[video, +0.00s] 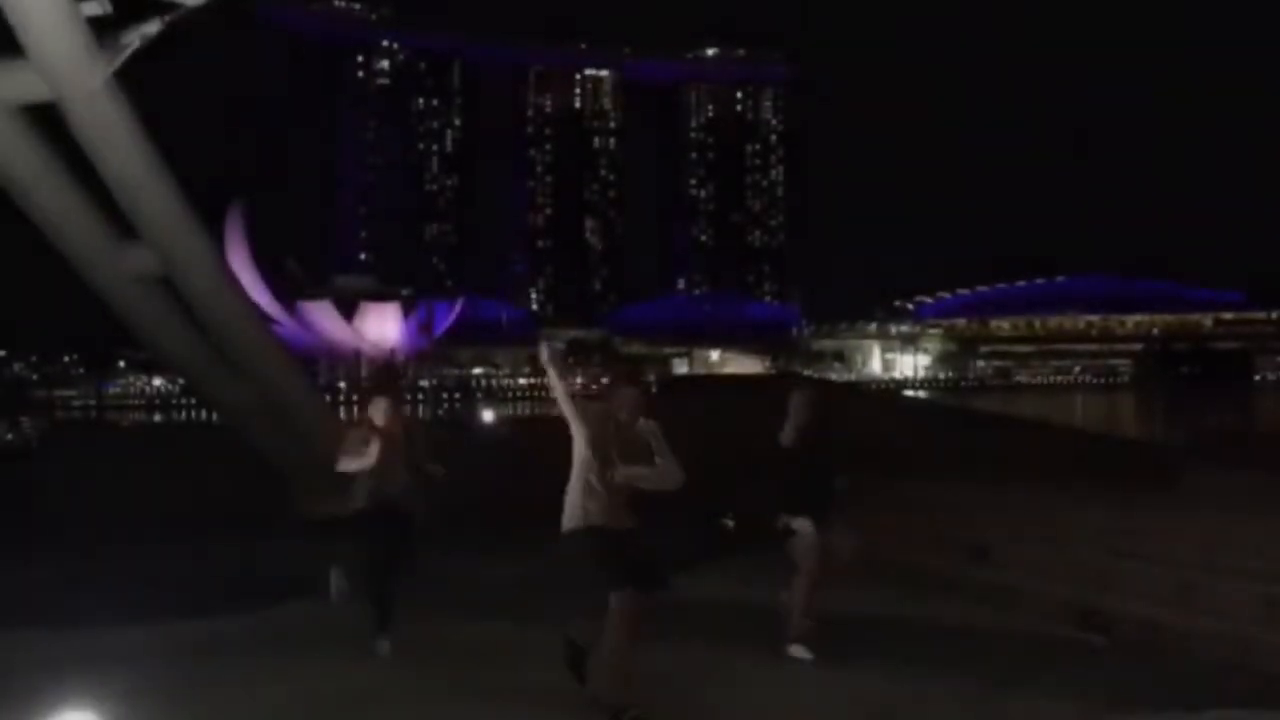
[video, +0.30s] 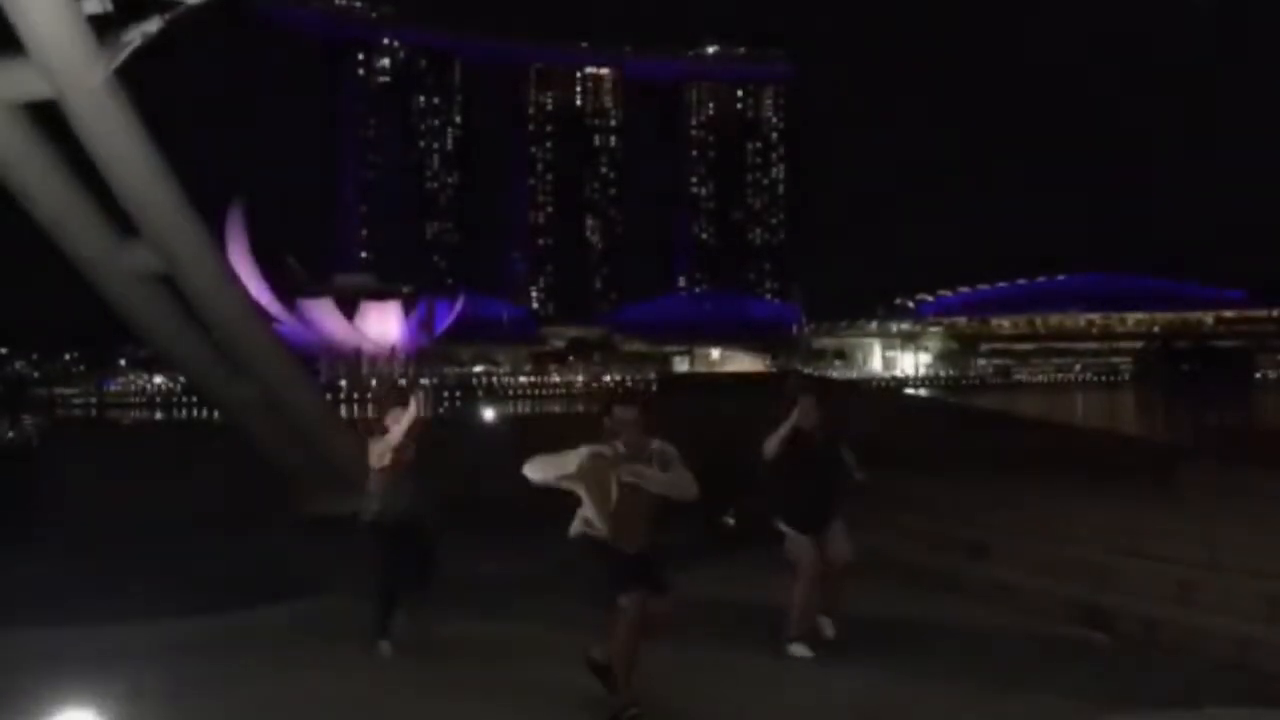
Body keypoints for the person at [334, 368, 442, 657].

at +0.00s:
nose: (382, 414)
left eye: (388, 408)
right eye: (377, 408)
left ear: (395, 409)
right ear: (368, 408)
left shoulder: (405, 434)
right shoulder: (359, 434)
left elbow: (418, 467)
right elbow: (344, 464)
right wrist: (370, 454)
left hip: (399, 508)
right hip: (367, 508)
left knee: (392, 570)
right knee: (375, 570)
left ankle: (386, 629)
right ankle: (381, 630)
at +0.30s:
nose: (400, 424)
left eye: (404, 419)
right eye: (395, 418)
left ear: (408, 421)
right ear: (386, 421)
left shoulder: (411, 448)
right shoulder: (379, 447)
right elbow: (394, 440)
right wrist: (412, 415)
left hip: (410, 517)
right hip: (384, 518)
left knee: (408, 578)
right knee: (387, 580)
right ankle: (383, 635)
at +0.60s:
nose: (419, 422)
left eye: (423, 416)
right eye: (413, 416)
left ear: (430, 418)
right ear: (405, 420)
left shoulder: (438, 448)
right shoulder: (394, 447)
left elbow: (459, 480)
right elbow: (356, 461)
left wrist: (454, 446)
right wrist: (345, 502)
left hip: (427, 519)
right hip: (393, 520)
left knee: (428, 574)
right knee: (390, 574)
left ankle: (429, 627)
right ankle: (383, 632)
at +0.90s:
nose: (374, 409)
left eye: (378, 403)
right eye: (374, 403)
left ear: (393, 404)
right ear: (388, 405)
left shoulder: (419, 424)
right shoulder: (388, 433)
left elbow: (464, 429)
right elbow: (387, 467)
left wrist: (460, 470)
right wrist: (386, 499)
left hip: (429, 498)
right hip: (404, 500)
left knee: (399, 553)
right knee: (410, 556)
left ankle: (387, 613)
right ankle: (429, 613)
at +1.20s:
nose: (376, 412)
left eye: (380, 406)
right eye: (372, 407)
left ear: (393, 405)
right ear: (370, 410)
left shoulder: (412, 423)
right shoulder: (385, 435)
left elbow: (456, 415)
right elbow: (379, 460)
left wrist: (485, 444)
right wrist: (376, 471)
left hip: (433, 497)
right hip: (409, 499)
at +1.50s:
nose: (405, 399)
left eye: (409, 392)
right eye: (400, 393)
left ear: (419, 394)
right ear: (393, 398)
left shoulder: (435, 426)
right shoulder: (387, 432)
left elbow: (445, 458)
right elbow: (371, 465)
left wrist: (451, 488)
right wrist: (374, 494)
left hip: (427, 506)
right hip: (396, 506)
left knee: (415, 562)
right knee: (395, 559)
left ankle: (397, 616)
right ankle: (397, 605)